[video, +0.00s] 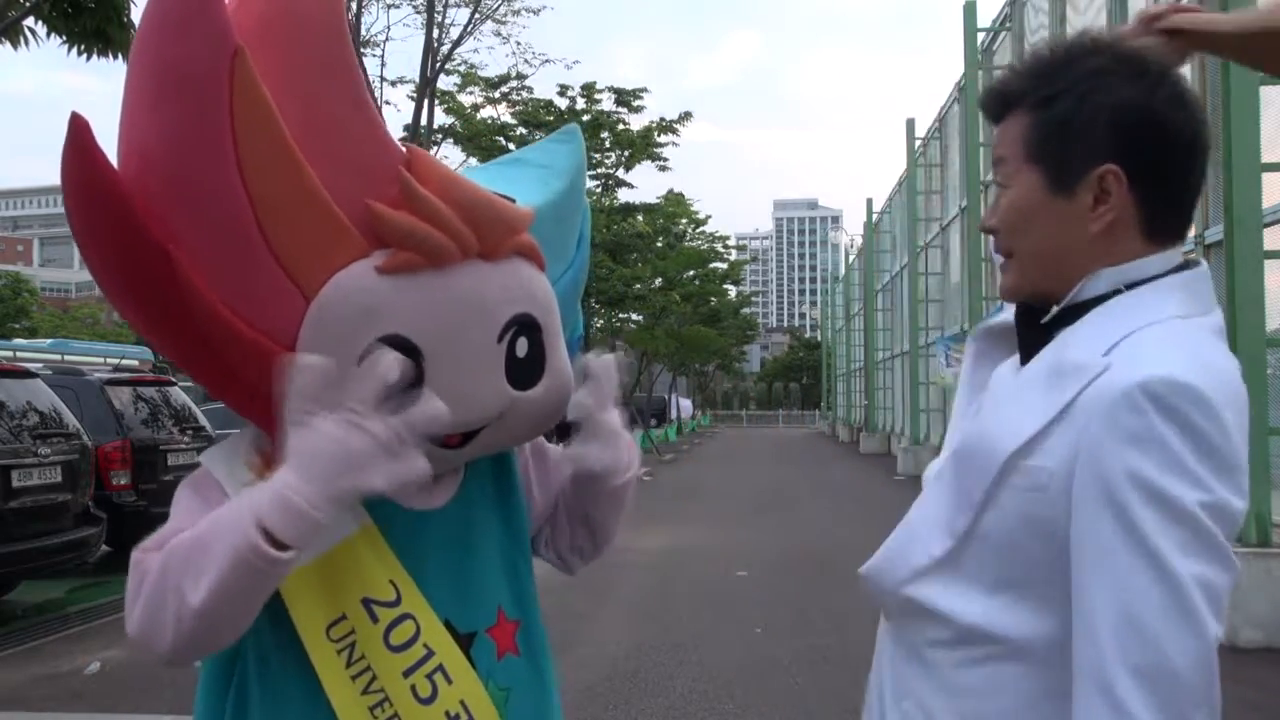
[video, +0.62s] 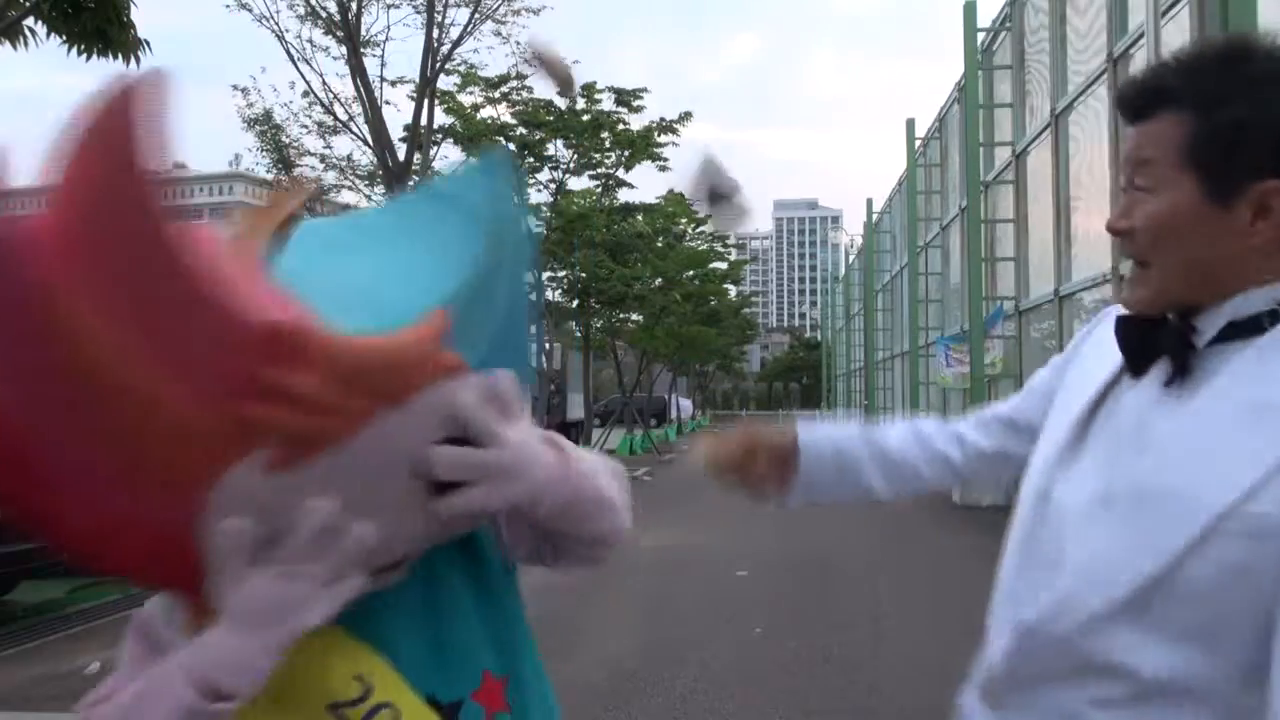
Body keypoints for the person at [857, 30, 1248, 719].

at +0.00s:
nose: (986, 219)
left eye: (1002, 184)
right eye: (992, 187)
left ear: (1102, 198)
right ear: (1099, 200)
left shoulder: (1153, 385)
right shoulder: (1074, 337)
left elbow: (1145, 699)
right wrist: (1118, 71)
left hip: (989, 703)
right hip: (917, 691)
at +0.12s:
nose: (969, 202)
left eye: (987, 166)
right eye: (978, 166)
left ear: (1083, 183)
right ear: (1083, 186)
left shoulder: (1176, 378)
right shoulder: (1045, 313)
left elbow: (1172, 699)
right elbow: (948, 213)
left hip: (1021, 703)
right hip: (921, 688)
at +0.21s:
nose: (948, 196)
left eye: (962, 159)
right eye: (954, 161)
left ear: (1060, 182)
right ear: (1057, 184)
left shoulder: (1202, 387)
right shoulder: (976, 306)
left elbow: (1218, 705)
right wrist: (786, 250)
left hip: (1083, 707)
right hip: (947, 698)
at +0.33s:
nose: (979, 200)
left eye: (997, 165)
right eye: (986, 165)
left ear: (1095, 183)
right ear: (1091, 187)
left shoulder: (1234, 384)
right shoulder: (1004, 316)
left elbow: (1251, 693)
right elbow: (858, 369)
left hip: (1112, 705)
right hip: (967, 691)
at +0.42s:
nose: (1058, 197)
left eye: (1082, 159)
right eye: (1067, 162)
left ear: (1184, 179)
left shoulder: (1256, 382)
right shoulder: (1060, 319)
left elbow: (1247, 694)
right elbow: (919, 365)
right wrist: (750, 326)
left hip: (1087, 705)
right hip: (947, 688)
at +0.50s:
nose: (1093, 206)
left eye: (1120, 167)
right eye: (1103, 169)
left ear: (1232, 193)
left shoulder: (1265, 395)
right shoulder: (1102, 330)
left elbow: (1261, 694)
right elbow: (957, 385)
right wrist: (790, 346)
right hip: (943, 690)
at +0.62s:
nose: (1114, 220)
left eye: (1145, 186)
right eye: (1122, 189)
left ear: (1261, 212)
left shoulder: (1270, 394)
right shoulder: (1114, 338)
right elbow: (976, 448)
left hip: (1149, 703)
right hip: (993, 698)